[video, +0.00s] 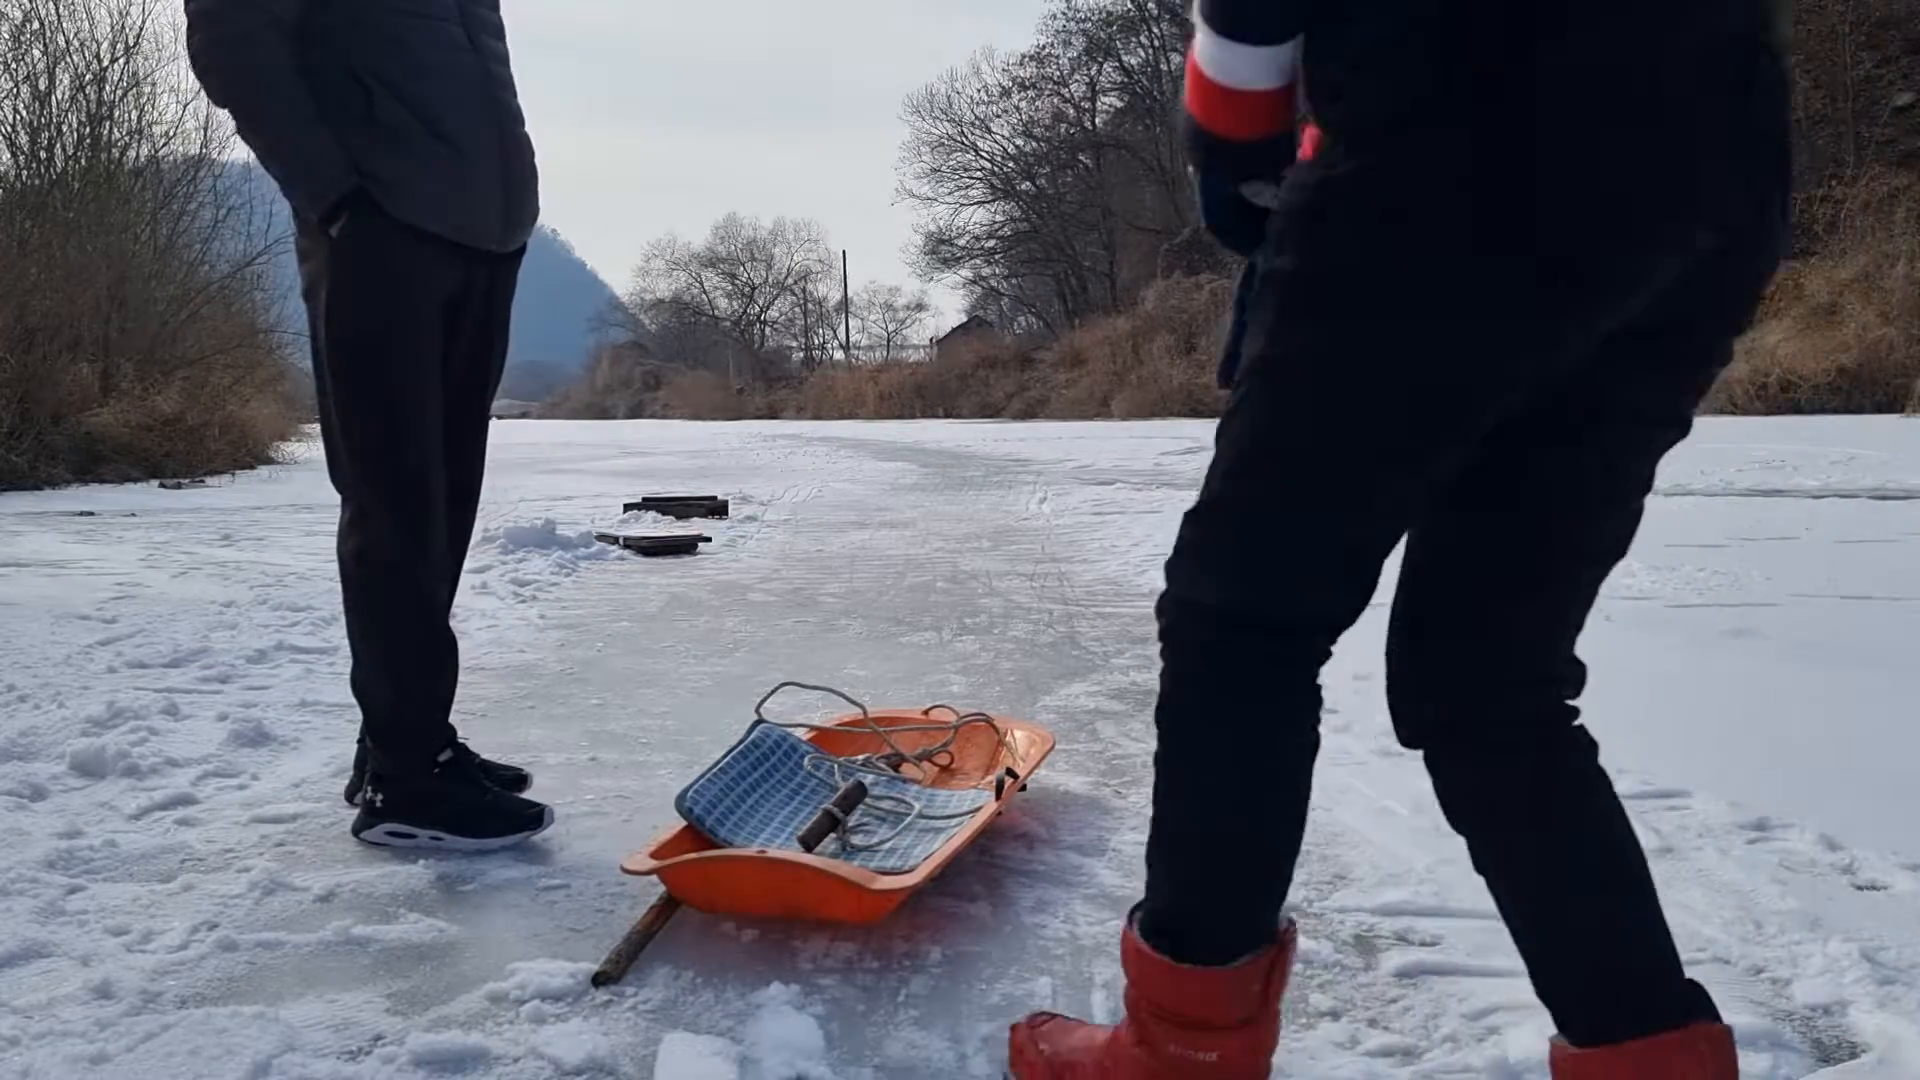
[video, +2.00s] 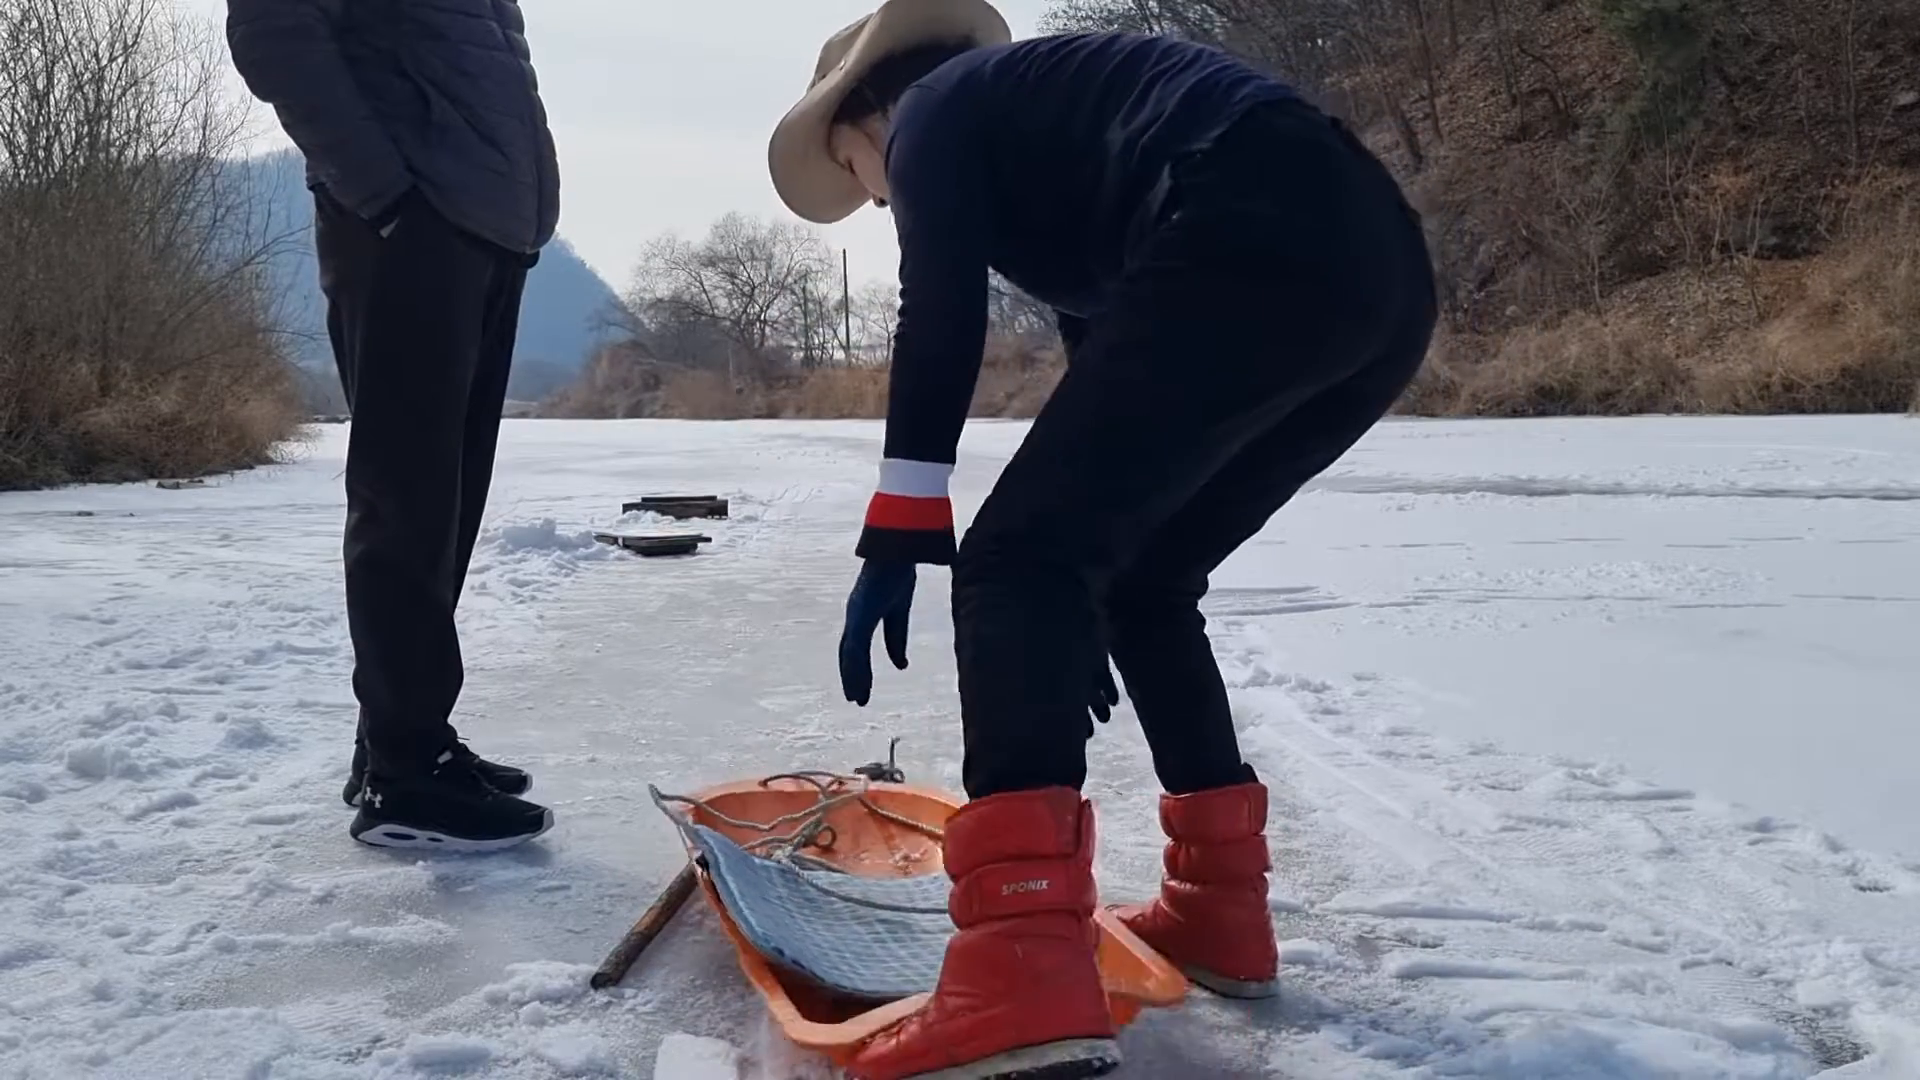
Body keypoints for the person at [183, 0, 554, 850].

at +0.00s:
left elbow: (476, 35)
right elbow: (227, 33)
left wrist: (506, 182)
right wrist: (334, 197)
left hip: (483, 222)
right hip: (378, 218)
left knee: (444, 501)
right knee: (394, 502)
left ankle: (413, 747)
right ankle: (402, 776)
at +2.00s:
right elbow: (271, 31)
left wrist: (516, 193)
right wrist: (383, 192)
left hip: (487, 224)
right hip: (407, 216)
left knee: (446, 497)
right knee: (404, 496)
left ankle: (416, 747)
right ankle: (400, 771)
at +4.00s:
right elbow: (269, 33)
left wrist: (515, 202)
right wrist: (387, 199)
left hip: (485, 235)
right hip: (410, 224)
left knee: (445, 502)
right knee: (404, 501)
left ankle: (416, 745)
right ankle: (400, 770)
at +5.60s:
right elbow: (325, 25)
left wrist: (507, 172)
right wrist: (483, 162)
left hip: (466, 209)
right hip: (411, 204)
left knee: (460, 482)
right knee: (421, 484)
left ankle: (441, 737)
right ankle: (404, 775)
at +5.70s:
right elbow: (397, 53)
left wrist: (528, 212)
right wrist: (539, 216)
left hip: (459, 209)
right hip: (408, 207)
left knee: (461, 481)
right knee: (422, 479)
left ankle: (438, 738)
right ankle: (406, 771)